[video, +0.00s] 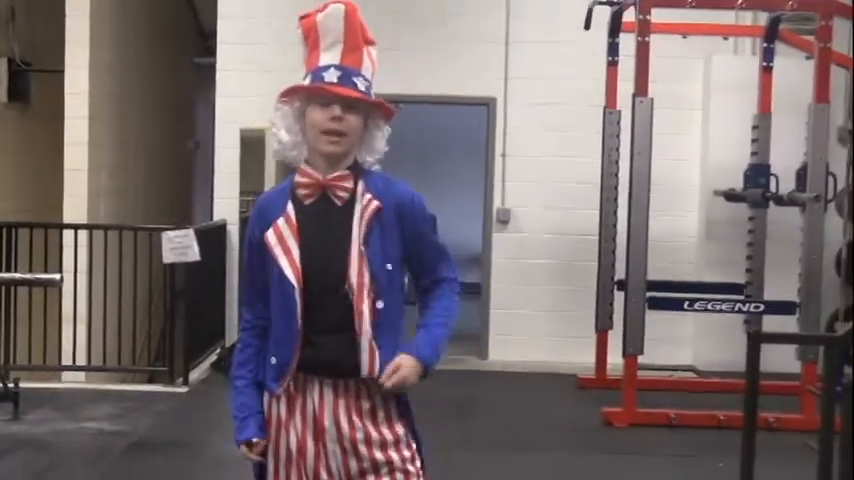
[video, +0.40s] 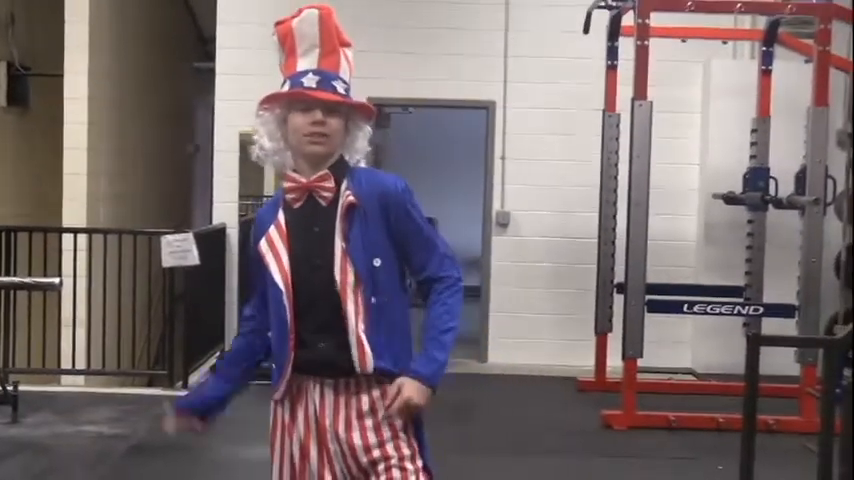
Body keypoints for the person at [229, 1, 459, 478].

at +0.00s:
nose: (336, 116)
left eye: (350, 107)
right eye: (323, 103)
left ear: (367, 122)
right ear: (301, 114)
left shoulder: (399, 205)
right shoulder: (270, 209)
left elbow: (443, 283)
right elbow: (254, 320)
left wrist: (422, 355)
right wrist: (248, 413)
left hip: (373, 407)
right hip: (293, 407)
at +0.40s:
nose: (318, 120)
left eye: (331, 110)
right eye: (304, 109)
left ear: (349, 126)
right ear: (283, 122)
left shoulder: (384, 195)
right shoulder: (267, 218)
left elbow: (446, 281)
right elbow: (258, 325)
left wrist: (423, 374)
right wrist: (204, 399)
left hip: (376, 405)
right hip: (297, 409)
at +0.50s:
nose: (325, 120)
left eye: (337, 111)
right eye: (311, 109)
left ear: (353, 125)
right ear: (288, 123)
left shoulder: (389, 195)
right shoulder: (278, 212)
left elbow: (453, 284)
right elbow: (260, 306)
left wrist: (436, 383)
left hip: (381, 405)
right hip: (302, 406)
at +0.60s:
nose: (338, 118)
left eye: (350, 109)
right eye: (324, 107)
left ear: (367, 124)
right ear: (301, 122)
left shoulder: (401, 196)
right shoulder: (287, 206)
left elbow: (463, 288)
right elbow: (236, 274)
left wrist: (450, 384)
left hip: (391, 407)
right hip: (308, 406)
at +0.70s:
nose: (349, 121)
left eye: (361, 109)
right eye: (335, 110)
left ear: (381, 121)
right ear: (314, 124)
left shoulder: (422, 200)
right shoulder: (283, 203)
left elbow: (467, 298)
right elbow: (202, 223)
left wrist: (464, 388)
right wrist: (221, 121)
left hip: (404, 409)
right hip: (318, 409)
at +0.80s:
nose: (355, 123)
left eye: (369, 108)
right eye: (342, 112)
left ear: (396, 118)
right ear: (329, 127)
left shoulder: (436, 205)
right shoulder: (302, 191)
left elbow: (466, 301)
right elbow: (242, 182)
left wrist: (466, 388)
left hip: (413, 406)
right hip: (328, 406)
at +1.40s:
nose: (413, 135)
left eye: (427, 121)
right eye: (395, 124)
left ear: (447, 134)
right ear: (375, 140)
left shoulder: (455, 210)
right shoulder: (364, 196)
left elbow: (466, 305)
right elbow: (362, 206)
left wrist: (477, 389)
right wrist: (384, 206)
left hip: (445, 398)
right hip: (386, 399)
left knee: (449, 471)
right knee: (396, 471)